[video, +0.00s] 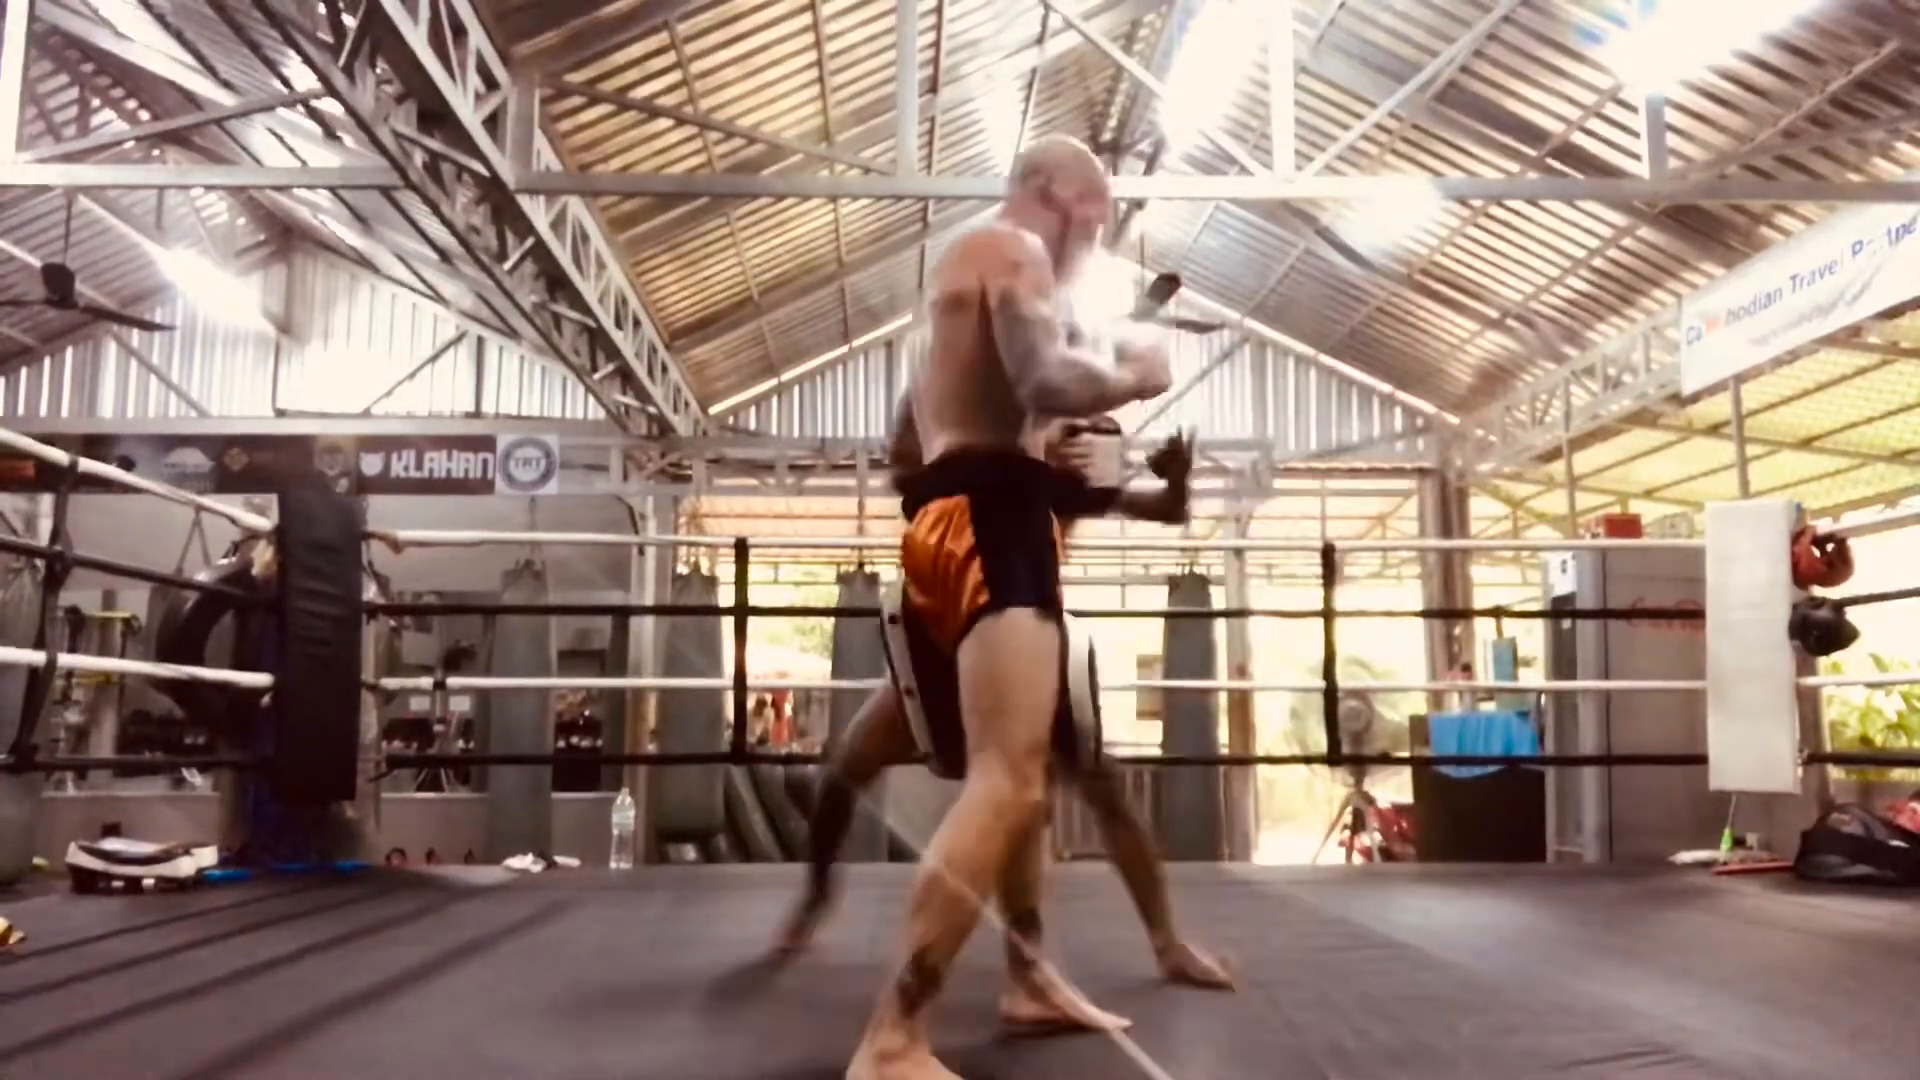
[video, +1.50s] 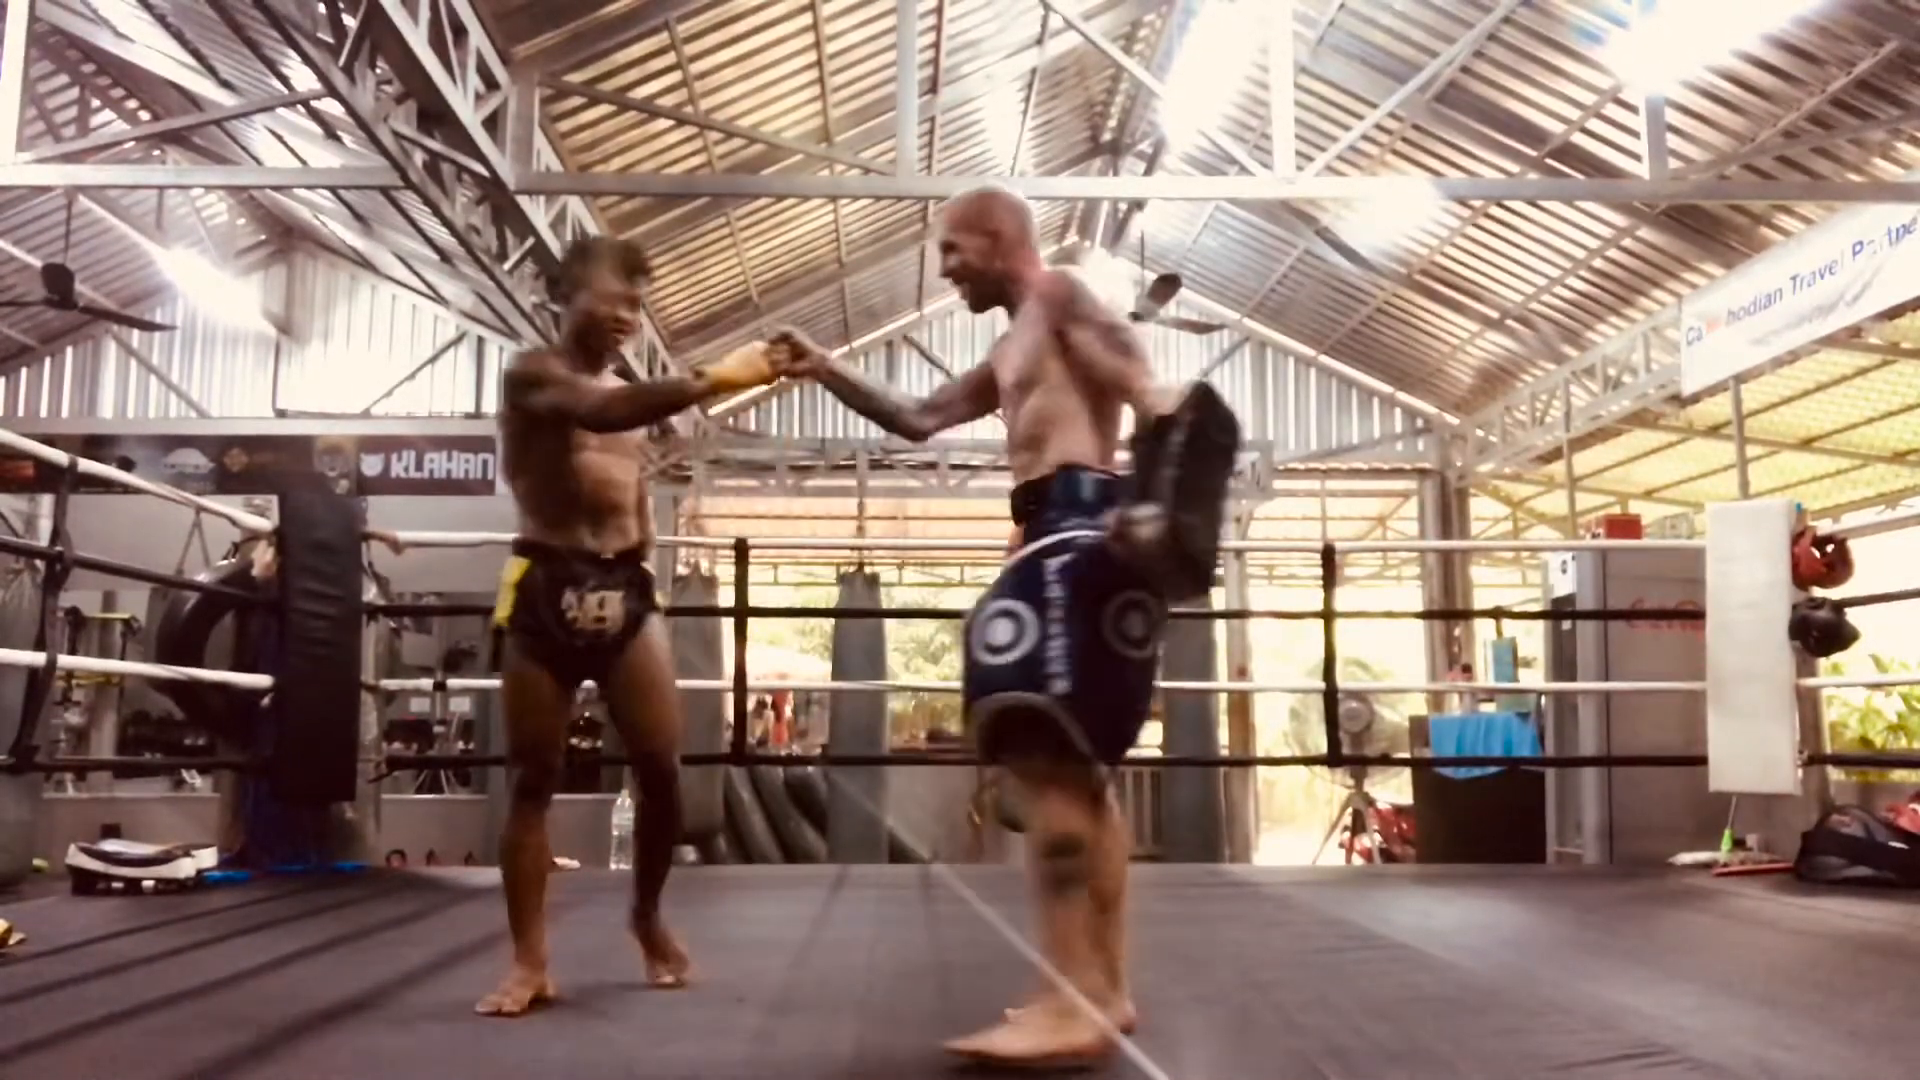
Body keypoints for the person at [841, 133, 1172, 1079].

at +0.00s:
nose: (1102, 233)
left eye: (1106, 218)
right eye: (1100, 213)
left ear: (1034, 190)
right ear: (1056, 193)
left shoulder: (969, 262)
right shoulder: (1011, 248)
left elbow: (922, 442)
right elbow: (1044, 380)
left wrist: (1053, 457)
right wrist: (1136, 373)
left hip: (947, 512)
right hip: (989, 504)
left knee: (1020, 771)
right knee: (1006, 776)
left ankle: (1031, 977)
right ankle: (890, 1039)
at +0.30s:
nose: (1045, 195)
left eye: (1040, 179)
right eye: (1042, 179)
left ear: (963, 176)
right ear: (1025, 174)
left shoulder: (898, 271)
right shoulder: (1034, 236)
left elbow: (846, 388)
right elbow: (1096, 385)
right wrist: (1069, 434)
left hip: (895, 500)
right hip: (978, 492)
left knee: (947, 770)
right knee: (954, 777)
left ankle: (943, 990)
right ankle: (884, 1045)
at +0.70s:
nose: (950, 208)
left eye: (919, 194)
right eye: (962, 189)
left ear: (897, 200)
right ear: (973, 195)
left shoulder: (853, 288)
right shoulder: (1033, 282)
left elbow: (806, 409)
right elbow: (1031, 403)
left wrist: (820, 439)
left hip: (893, 515)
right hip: (995, 511)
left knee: (898, 783)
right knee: (1041, 760)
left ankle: (877, 1019)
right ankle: (951, 976)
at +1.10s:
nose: (919, 228)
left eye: (924, 213)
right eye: (923, 213)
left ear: (950, 214)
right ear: (998, 220)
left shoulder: (944, 288)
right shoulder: (1052, 314)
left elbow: (941, 409)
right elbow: (1040, 437)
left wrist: (868, 464)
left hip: (958, 533)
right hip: (1040, 534)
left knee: (907, 795)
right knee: (1039, 778)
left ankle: (891, 1012)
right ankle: (1100, 979)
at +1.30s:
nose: (931, 264)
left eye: (937, 248)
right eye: (930, 251)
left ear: (975, 241)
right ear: (990, 240)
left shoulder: (1018, 299)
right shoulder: (1016, 321)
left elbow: (1057, 385)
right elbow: (958, 449)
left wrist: (989, 485)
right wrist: (916, 362)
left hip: (1013, 562)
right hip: (1045, 564)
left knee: (961, 778)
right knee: (1062, 776)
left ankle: (936, 997)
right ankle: (1103, 982)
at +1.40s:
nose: (934, 277)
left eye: (939, 259)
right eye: (931, 263)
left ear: (982, 250)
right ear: (981, 254)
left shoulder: (1040, 305)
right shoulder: (1013, 350)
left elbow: (1113, 393)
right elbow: (929, 439)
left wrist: (1082, 512)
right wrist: (848, 372)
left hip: (1053, 524)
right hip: (1043, 527)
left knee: (1002, 757)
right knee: (1070, 771)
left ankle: (984, 998)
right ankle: (1103, 984)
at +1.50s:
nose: (948, 268)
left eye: (955, 250)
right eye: (944, 254)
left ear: (1004, 240)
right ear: (997, 245)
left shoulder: (1059, 297)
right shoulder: (1007, 351)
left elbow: (1139, 381)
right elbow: (916, 419)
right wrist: (823, 367)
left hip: (1078, 516)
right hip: (1058, 526)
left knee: (1038, 749)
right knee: (1081, 769)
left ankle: (1073, 994)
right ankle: (1104, 989)